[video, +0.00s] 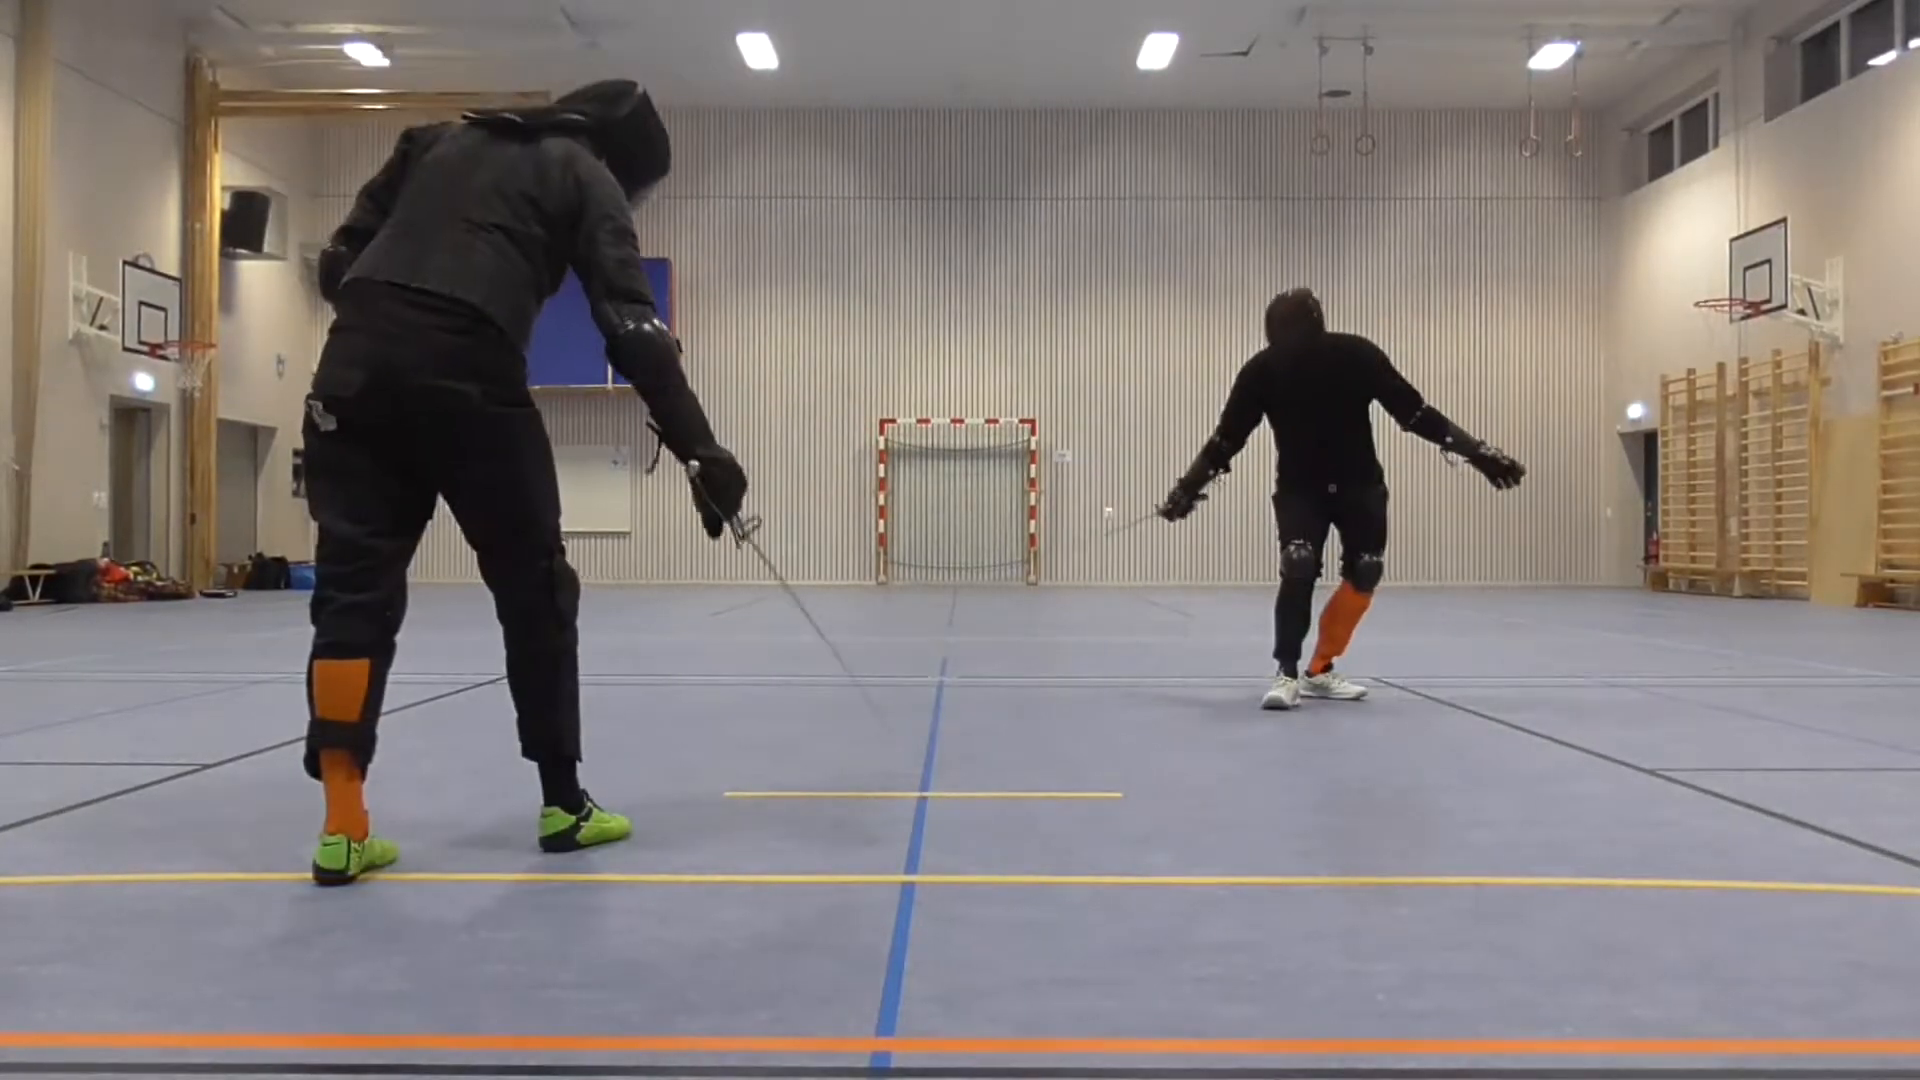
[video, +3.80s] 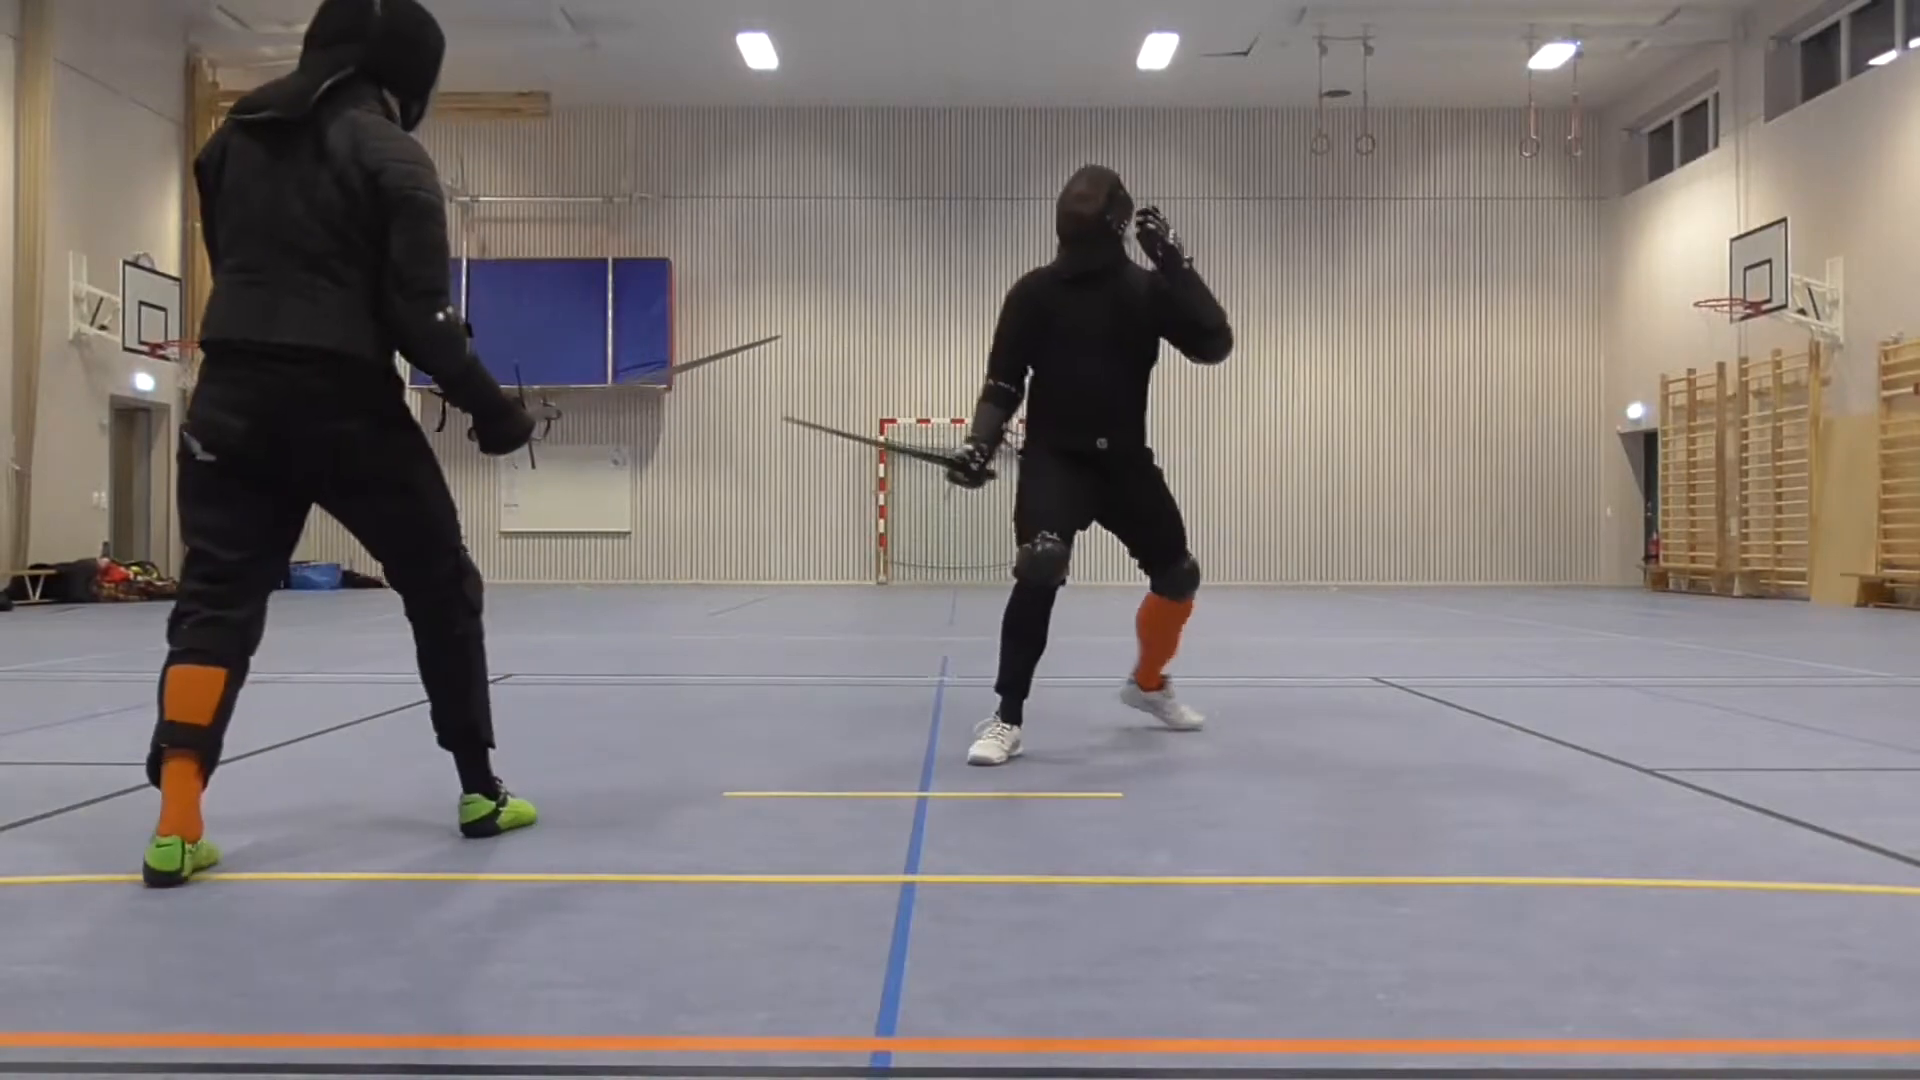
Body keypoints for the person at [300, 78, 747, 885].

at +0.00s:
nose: (630, 196)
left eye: (637, 184)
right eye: (634, 179)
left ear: (570, 116)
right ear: (616, 149)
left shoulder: (434, 142)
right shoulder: (586, 174)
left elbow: (342, 257)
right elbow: (631, 326)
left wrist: (392, 331)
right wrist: (701, 450)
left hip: (356, 371)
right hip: (469, 382)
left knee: (352, 589)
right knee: (534, 585)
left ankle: (343, 828)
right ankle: (562, 803)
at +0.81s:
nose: (593, 94)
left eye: (594, 78)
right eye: (593, 77)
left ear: (499, 40)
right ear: (573, 64)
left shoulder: (410, 113)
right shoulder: (566, 143)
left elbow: (325, 218)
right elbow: (602, 301)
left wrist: (389, 291)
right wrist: (665, 419)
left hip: (385, 371)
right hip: (495, 379)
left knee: (378, 584)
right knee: (554, 583)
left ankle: (345, 826)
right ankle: (565, 802)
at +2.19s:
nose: (627, 107)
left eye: (629, 93)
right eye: (627, 92)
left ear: (538, 64)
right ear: (605, 81)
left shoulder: (453, 152)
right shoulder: (606, 165)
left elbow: (435, 270)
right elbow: (637, 318)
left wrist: (521, 314)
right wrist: (689, 422)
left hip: (465, 397)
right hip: (573, 406)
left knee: (427, 582)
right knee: (625, 588)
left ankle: (362, 786)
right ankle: (641, 780)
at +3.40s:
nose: (522, 123)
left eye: (523, 109)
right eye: (520, 108)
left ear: (427, 82)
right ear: (499, 99)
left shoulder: (345, 169)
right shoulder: (500, 183)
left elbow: (339, 279)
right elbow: (537, 332)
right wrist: (598, 419)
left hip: (345, 412)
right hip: (452, 419)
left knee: (300, 592)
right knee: (539, 583)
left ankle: (215, 778)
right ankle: (545, 785)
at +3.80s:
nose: (425, 100)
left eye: (426, 83)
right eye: (423, 82)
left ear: (326, 52)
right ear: (397, 71)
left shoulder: (235, 142)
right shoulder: (394, 157)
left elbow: (232, 268)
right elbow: (421, 317)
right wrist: (494, 409)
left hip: (233, 399)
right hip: (348, 406)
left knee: (216, 597)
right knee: (441, 583)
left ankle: (176, 827)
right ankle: (479, 788)